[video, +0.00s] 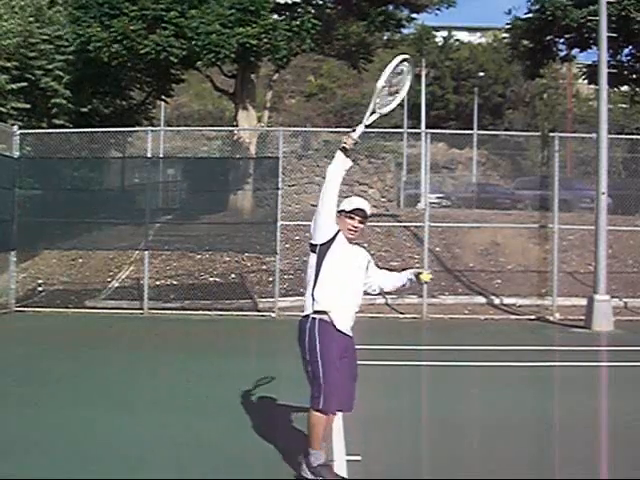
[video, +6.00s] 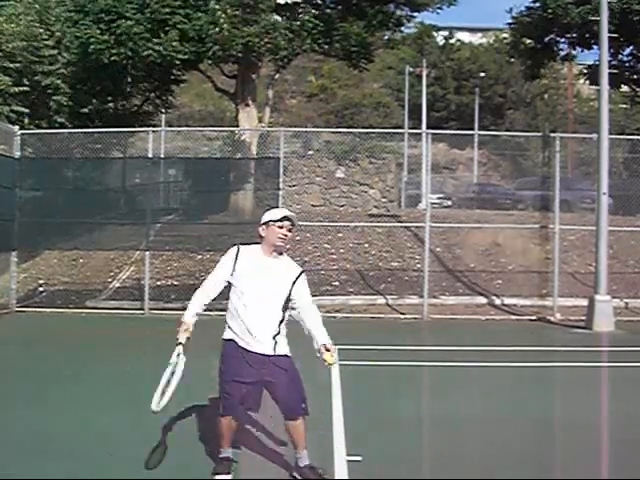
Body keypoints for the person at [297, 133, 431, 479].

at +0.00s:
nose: (355, 223)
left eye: (361, 218)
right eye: (350, 216)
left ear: (366, 223)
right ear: (338, 217)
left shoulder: (362, 258)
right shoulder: (327, 239)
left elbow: (379, 282)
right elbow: (327, 198)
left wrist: (409, 277)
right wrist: (343, 155)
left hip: (343, 330)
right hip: (319, 324)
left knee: (336, 398)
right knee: (324, 395)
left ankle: (318, 458)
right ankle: (315, 462)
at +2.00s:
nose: (319, 221)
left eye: (324, 216)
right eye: (314, 215)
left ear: (332, 221)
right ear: (304, 216)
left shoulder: (338, 251)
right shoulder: (290, 236)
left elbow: (349, 284)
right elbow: (276, 198)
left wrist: (348, 299)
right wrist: (274, 158)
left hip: (323, 330)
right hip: (293, 325)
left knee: (319, 396)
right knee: (291, 393)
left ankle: (307, 454)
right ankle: (283, 455)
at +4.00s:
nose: (305, 245)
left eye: (310, 240)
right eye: (300, 239)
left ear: (315, 237)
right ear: (286, 232)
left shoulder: (318, 260)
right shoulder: (265, 254)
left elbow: (328, 292)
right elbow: (244, 285)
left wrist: (329, 317)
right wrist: (258, 300)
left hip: (305, 344)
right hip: (272, 340)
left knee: (302, 400)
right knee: (259, 400)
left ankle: (300, 457)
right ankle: (241, 456)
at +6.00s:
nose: (286, 233)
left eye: (289, 230)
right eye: (280, 227)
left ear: (291, 236)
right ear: (263, 229)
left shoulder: (293, 271)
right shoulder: (238, 255)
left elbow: (306, 309)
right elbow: (211, 286)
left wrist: (322, 340)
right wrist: (190, 316)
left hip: (276, 351)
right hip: (238, 347)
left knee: (294, 407)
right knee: (230, 406)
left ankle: (303, 463)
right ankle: (225, 458)